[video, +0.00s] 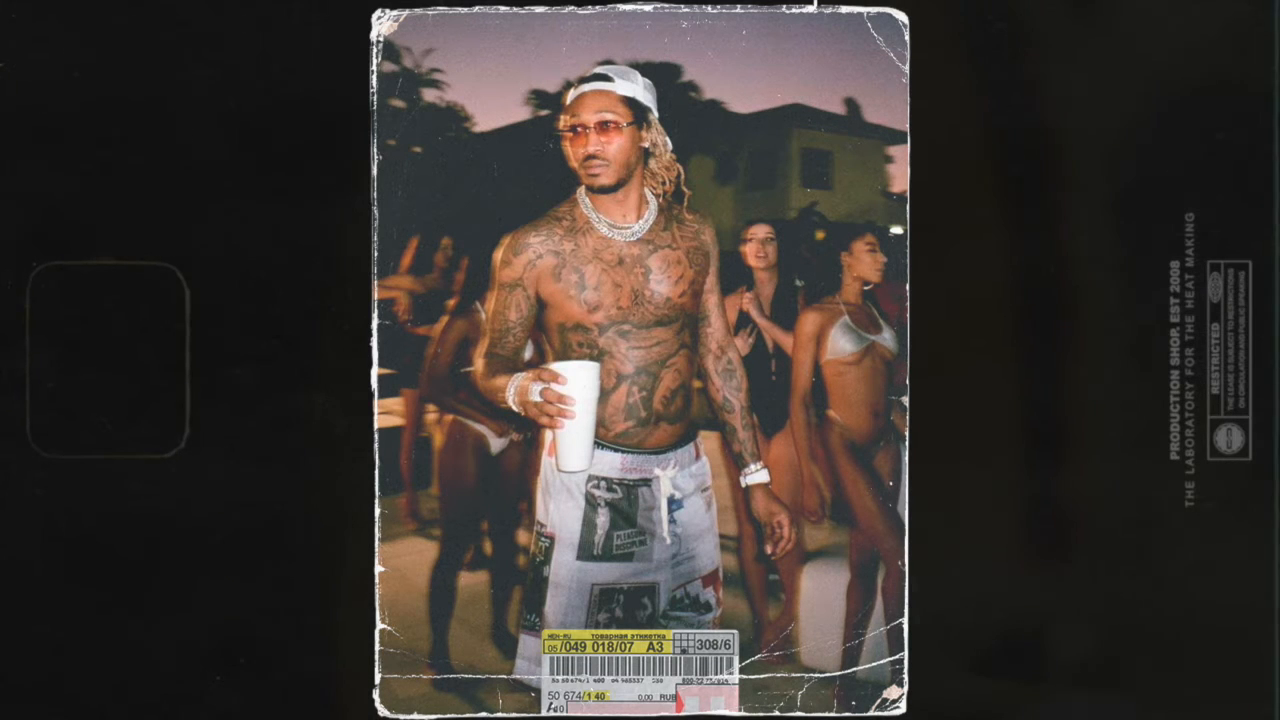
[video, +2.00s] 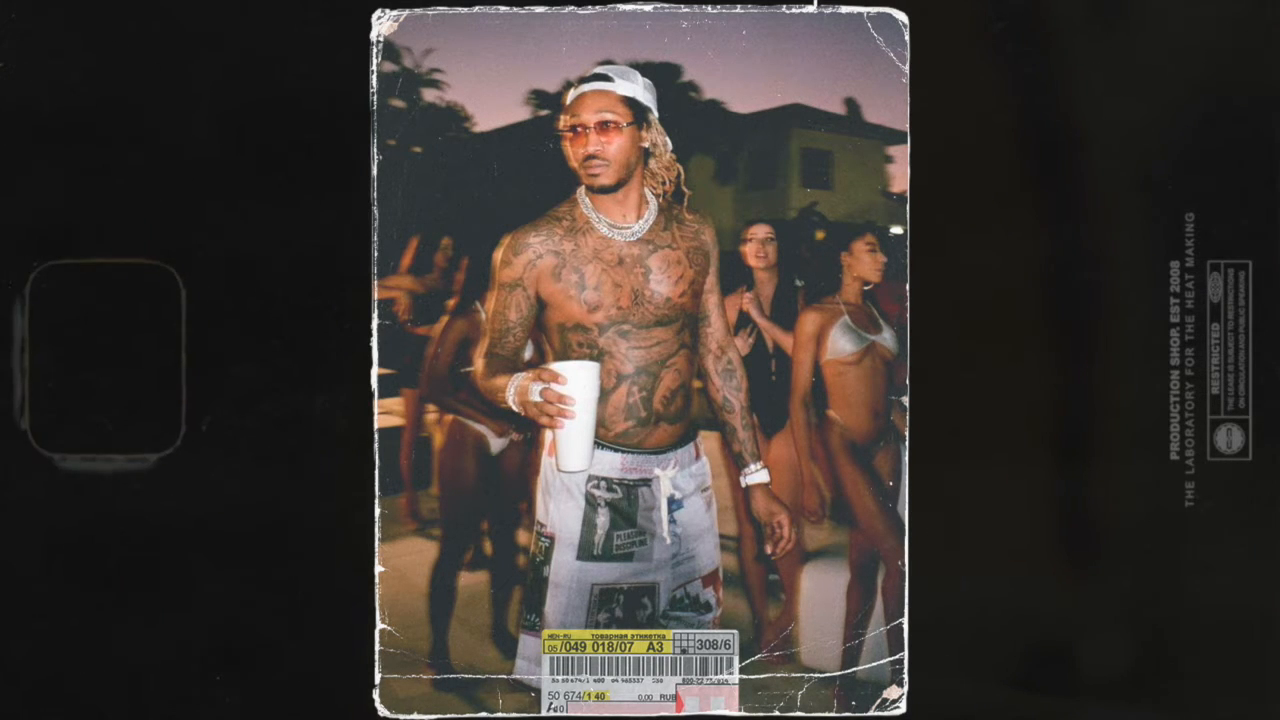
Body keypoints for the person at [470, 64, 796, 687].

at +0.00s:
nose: (590, 143)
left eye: (608, 126)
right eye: (576, 130)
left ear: (646, 138)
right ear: (565, 144)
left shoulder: (693, 235)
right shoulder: (532, 248)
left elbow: (720, 359)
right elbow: (491, 365)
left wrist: (756, 482)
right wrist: (516, 389)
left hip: (681, 477)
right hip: (582, 481)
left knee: (689, 664)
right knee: (574, 669)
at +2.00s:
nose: (589, 143)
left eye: (608, 126)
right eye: (576, 130)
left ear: (646, 138)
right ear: (565, 144)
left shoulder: (693, 235)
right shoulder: (532, 248)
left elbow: (720, 359)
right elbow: (491, 366)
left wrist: (756, 482)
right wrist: (516, 389)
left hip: (681, 477)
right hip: (583, 482)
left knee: (690, 664)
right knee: (574, 669)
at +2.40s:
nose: (589, 143)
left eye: (608, 126)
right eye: (576, 130)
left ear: (646, 138)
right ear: (565, 144)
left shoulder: (693, 235)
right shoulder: (532, 248)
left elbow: (720, 358)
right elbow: (491, 366)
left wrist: (756, 482)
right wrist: (516, 389)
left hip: (681, 477)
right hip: (583, 482)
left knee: (690, 664)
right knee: (574, 669)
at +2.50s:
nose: (589, 143)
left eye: (608, 126)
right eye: (576, 130)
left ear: (646, 138)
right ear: (565, 144)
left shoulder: (693, 235)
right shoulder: (532, 248)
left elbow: (720, 358)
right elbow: (491, 366)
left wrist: (756, 482)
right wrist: (516, 389)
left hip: (681, 477)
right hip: (583, 482)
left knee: (690, 664)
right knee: (574, 669)